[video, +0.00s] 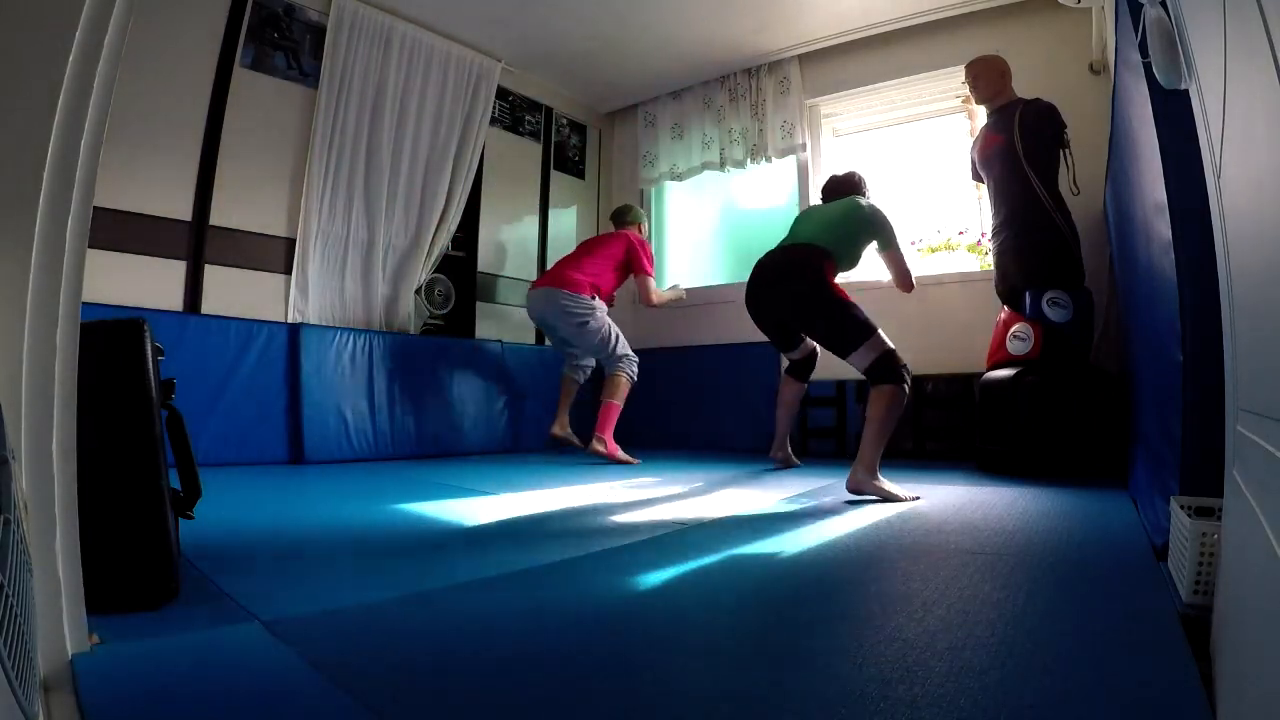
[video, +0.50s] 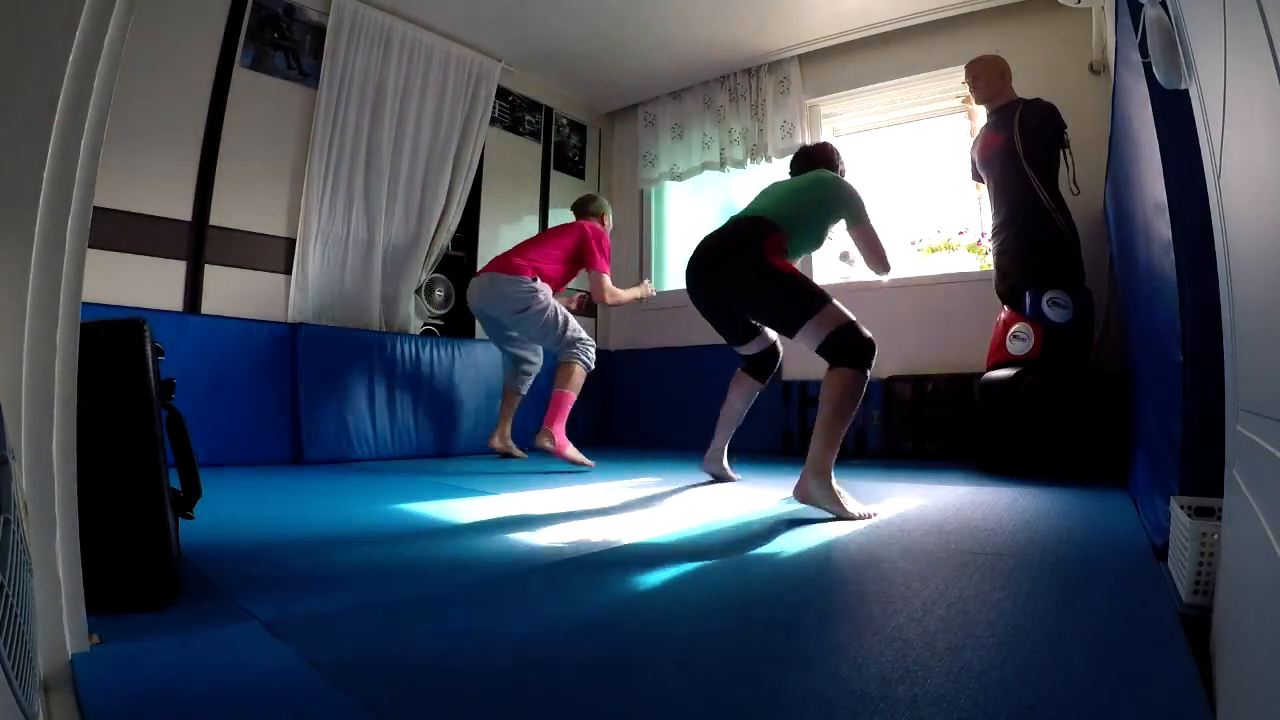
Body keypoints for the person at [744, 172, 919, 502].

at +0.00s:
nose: (868, 195)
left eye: (865, 191)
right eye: (866, 191)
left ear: (826, 198)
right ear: (861, 195)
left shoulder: (809, 212)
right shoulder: (869, 212)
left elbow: (795, 254)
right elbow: (906, 283)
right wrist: (895, 266)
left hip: (761, 287)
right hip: (808, 286)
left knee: (803, 357)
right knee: (891, 373)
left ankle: (780, 448)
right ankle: (865, 472)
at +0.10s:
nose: (864, 192)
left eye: (861, 187)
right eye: (862, 188)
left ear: (822, 194)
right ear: (856, 190)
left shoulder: (803, 211)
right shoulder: (862, 207)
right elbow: (903, 278)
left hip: (746, 290)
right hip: (792, 284)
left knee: (801, 359)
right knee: (888, 357)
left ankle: (752, 444)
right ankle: (866, 469)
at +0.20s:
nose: (859, 191)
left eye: (857, 186)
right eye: (857, 187)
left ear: (816, 192)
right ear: (850, 190)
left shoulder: (797, 210)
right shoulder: (851, 207)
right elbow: (896, 276)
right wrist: (871, 242)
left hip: (733, 291)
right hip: (777, 281)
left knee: (792, 368)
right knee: (880, 348)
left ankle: (748, 457)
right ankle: (860, 457)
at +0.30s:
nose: (852, 186)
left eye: (850, 181)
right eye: (850, 182)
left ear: (810, 185)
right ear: (844, 182)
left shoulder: (788, 204)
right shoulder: (847, 199)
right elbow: (892, 271)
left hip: (728, 284)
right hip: (772, 279)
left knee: (783, 367)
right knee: (862, 371)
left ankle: (747, 458)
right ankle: (817, 478)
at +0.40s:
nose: (848, 178)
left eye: (845, 173)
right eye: (846, 173)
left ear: (804, 176)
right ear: (840, 173)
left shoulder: (784, 195)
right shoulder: (845, 190)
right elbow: (888, 265)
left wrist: (809, 303)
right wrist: (892, 276)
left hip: (719, 273)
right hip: (767, 268)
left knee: (772, 354)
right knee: (857, 370)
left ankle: (746, 450)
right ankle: (814, 487)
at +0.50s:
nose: (843, 172)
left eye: (841, 166)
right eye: (841, 167)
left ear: (799, 170)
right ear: (834, 168)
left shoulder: (780, 191)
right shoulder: (837, 186)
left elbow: (797, 271)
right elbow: (880, 264)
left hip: (702, 270)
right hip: (750, 263)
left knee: (763, 356)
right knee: (854, 347)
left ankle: (715, 454)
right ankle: (816, 479)